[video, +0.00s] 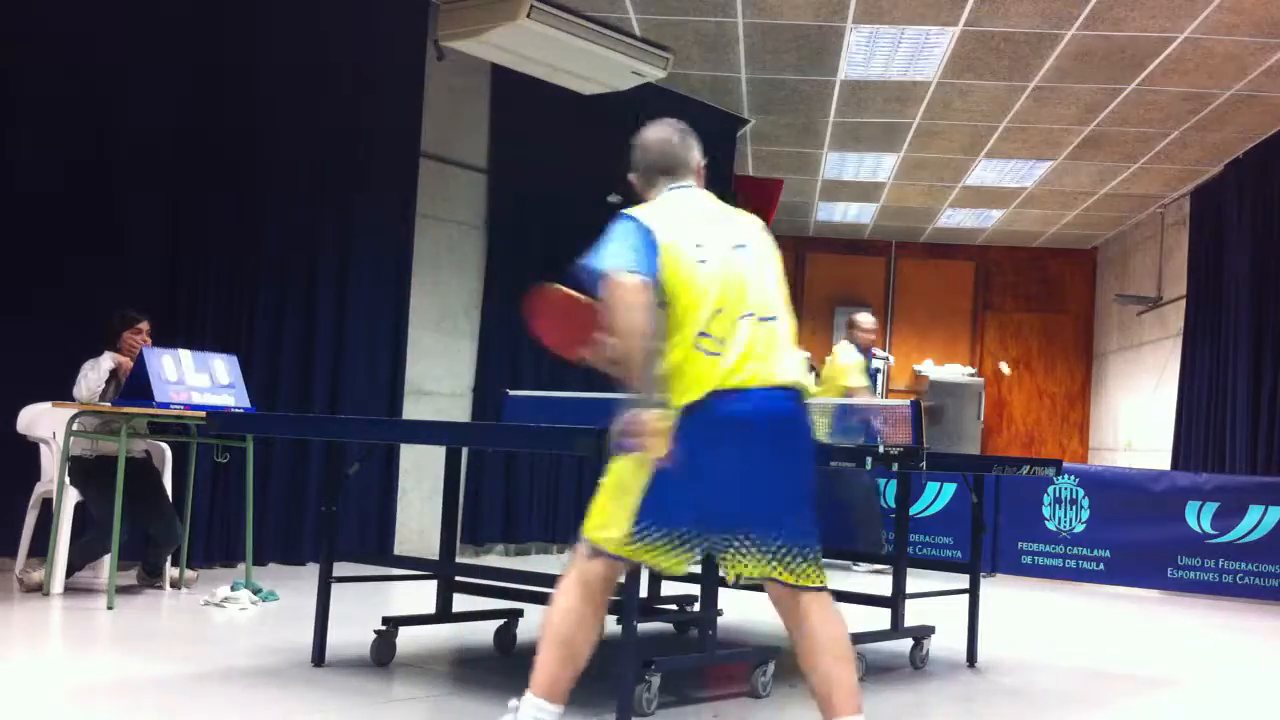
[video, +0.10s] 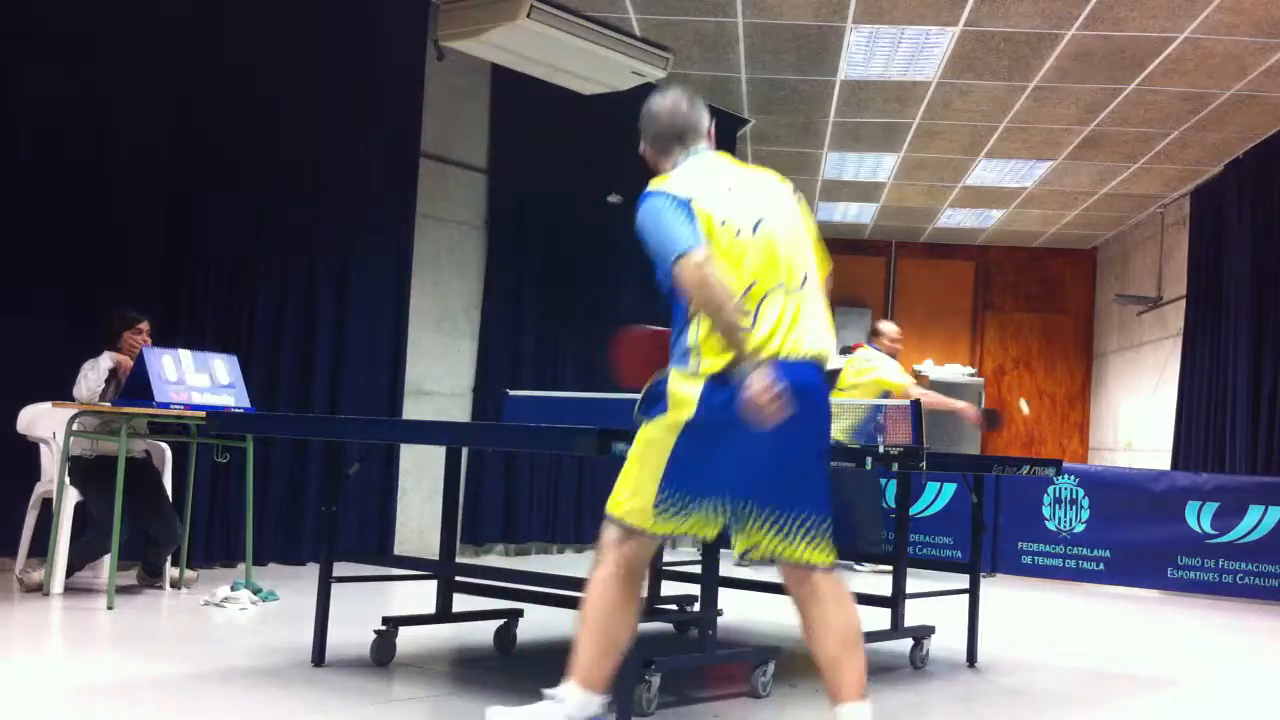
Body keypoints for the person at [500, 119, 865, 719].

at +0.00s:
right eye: (704, 164)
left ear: (637, 180)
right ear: (702, 170)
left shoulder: (636, 229)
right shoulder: (753, 228)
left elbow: (633, 319)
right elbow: (749, 336)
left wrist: (649, 400)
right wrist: (621, 353)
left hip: (693, 415)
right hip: (783, 414)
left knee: (594, 568)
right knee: (801, 586)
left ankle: (535, 711)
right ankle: (848, 714)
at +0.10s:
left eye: (646, 147)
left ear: (647, 150)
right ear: (713, 133)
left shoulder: (661, 200)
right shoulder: (778, 187)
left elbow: (697, 271)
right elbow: (818, 280)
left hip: (713, 391)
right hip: (803, 385)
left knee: (624, 544)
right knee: (810, 565)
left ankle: (580, 699)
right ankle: (854, 708)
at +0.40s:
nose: (657, 163)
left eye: (656, 154)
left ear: (663, 157)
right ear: (730, 148)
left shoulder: (689, 220)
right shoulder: (793, 210)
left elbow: (709, 325)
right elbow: (841, 299)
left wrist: (731, 431)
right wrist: (768, 356)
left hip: (752, 425)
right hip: (825, 416)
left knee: (633, 563)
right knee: (858, 579)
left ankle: (678, 714)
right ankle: (929, 713)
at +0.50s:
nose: (632, 179)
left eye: (629, 166)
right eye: (630, 168)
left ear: (640, 161)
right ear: (699, 151)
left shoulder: (683, 214)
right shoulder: (755, 206)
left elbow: (688, 325)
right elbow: (764, 328)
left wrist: (631, 426)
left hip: (733, 415)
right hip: (800, 411)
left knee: (618, 564)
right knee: (831, 573)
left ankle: (675, 714)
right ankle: (918, 711)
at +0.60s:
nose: (595, 186)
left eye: (587, 170)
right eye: (586, 175)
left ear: (608, 149)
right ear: (641, 137)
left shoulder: (658, 184)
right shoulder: (712, 180)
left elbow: (655, 289)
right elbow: (709, 309)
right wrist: (614, 342)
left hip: (698, 392)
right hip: (757, 388)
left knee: (620, 559)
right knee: (746, 556)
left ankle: (675, 714)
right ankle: (873, 694)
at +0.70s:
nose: (546, 182)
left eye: (542, 166)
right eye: (539, 170)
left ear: (571, 144)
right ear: (586, 137)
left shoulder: (624, 169)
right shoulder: (667, 165)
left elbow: (600, 268)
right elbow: (677, 290)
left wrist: (510, 260)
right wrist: (587, 302)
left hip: (674, 383)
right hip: (721, 378)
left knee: (628, 560)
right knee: (685, 559)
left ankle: (675, 713)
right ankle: (791, 675)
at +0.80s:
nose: (516, 178)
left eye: (511, 162)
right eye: (507, 167)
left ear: (538, 137)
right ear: (555, 128)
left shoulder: (596, 162)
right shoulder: (629, 156)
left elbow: (542, 261)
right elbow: (642, 284)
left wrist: (477, 203)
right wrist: (556, 305)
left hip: (656, 373)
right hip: (653, 369)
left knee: (633, 558)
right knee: (592, 537)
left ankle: (675, 709)